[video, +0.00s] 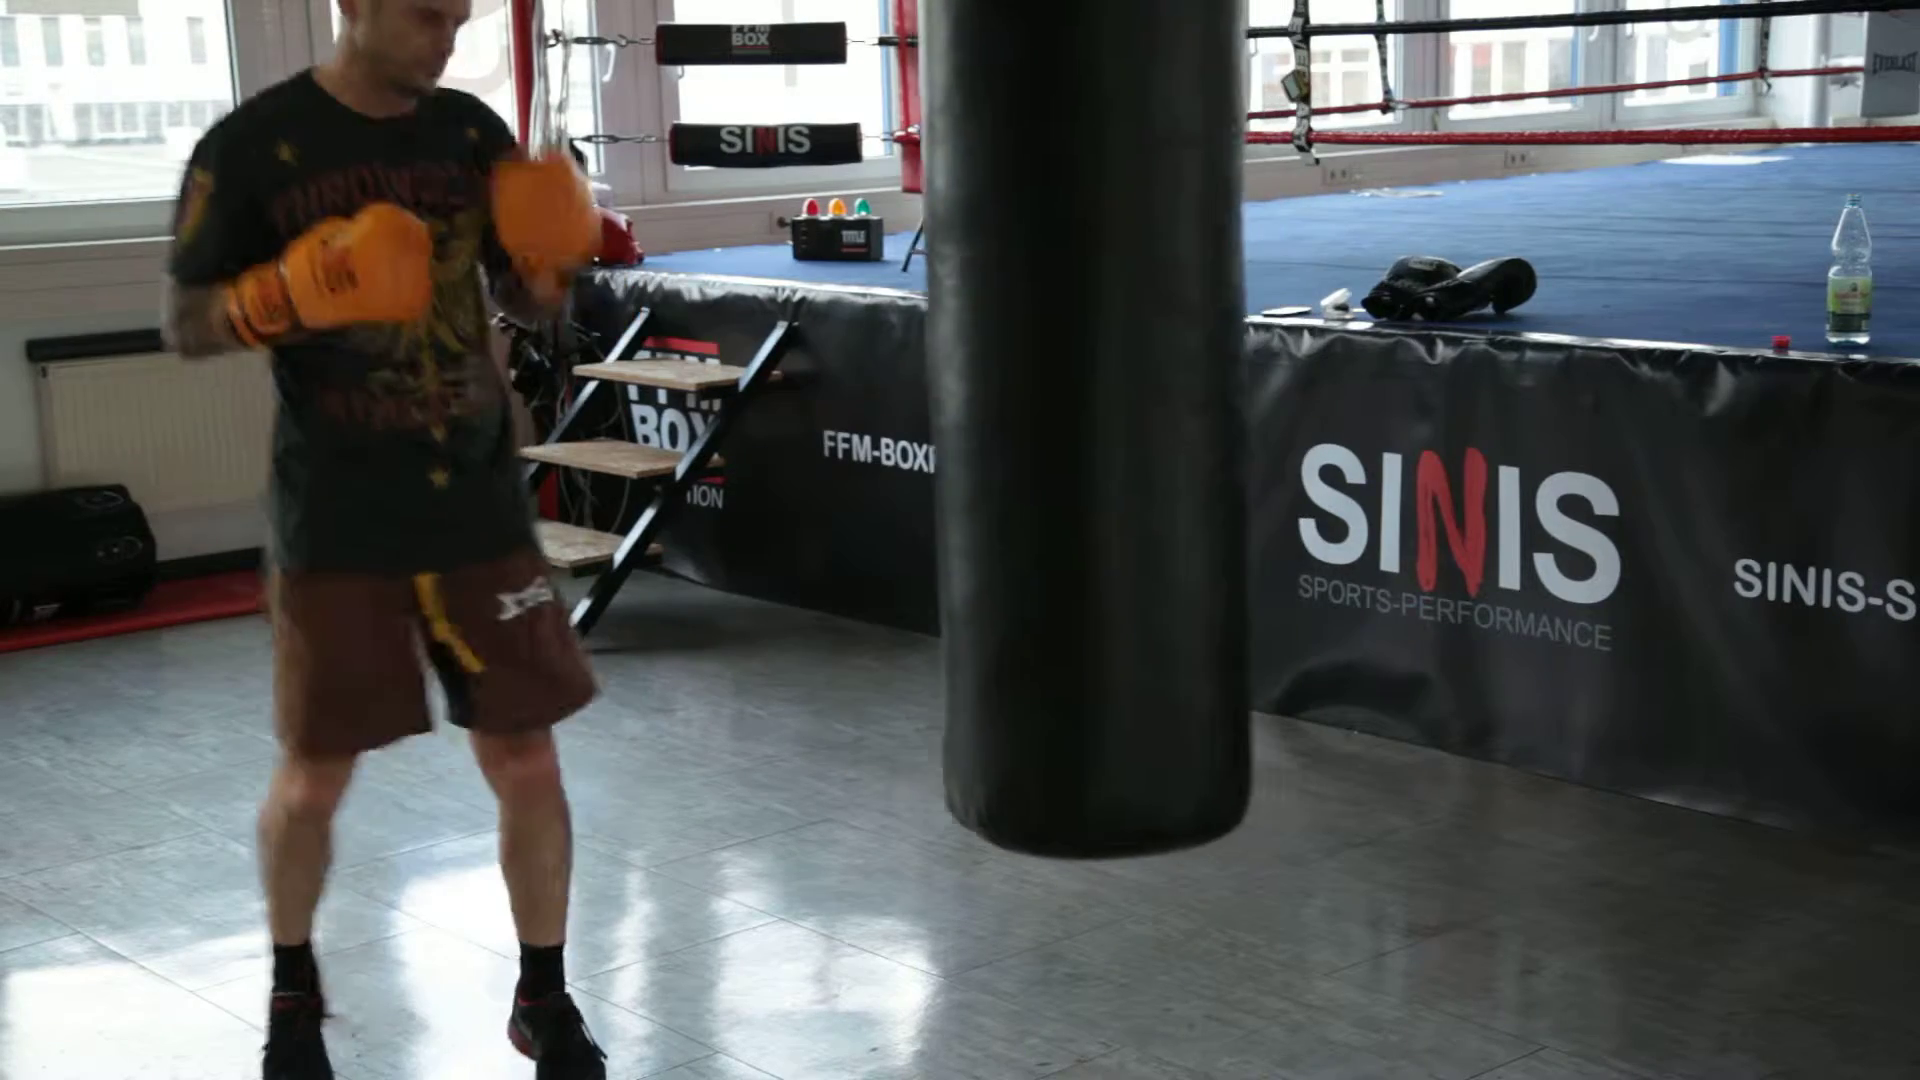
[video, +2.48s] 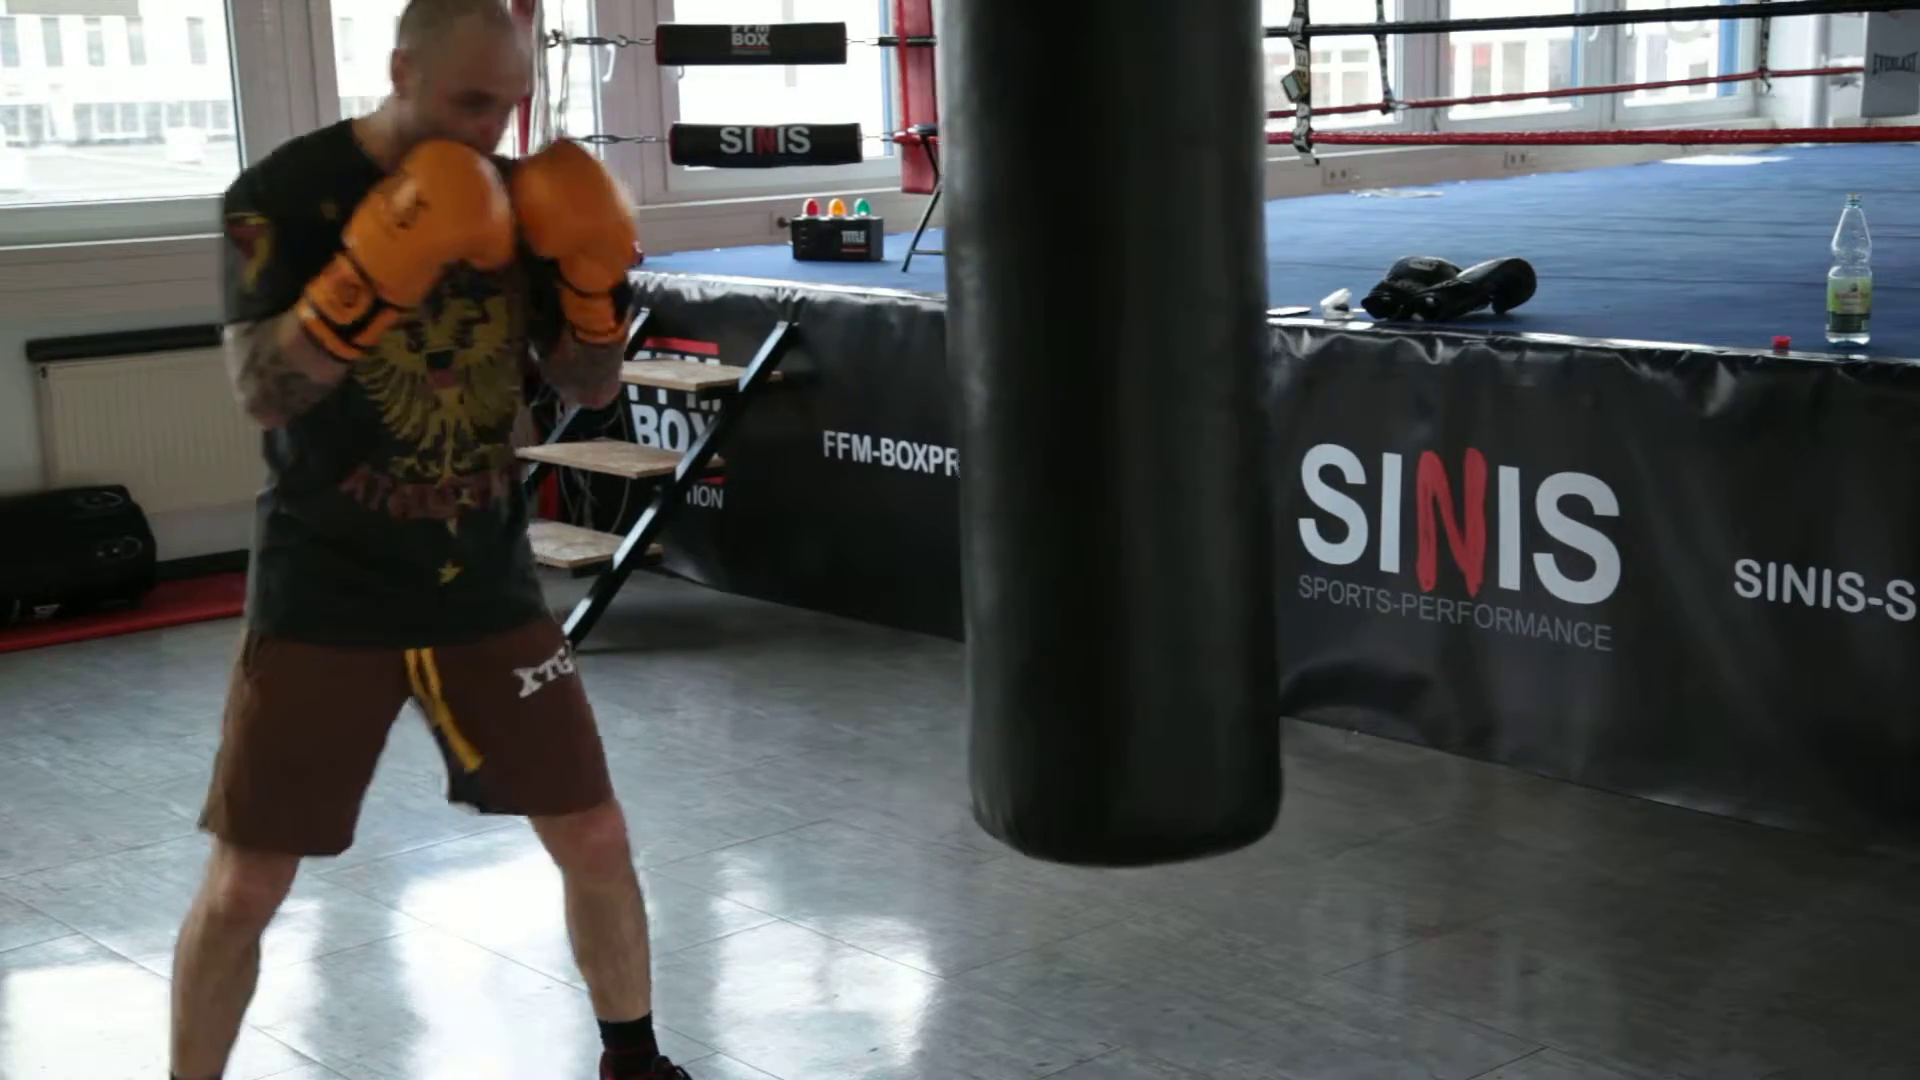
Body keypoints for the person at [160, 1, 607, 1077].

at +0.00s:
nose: (449, 30)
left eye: (459, 13)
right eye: (429, 10)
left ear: (462, 19)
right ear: (355, 6)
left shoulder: (476, 134)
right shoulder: (249, 145)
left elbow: (535, 308)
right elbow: (188, 323)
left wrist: (550, 259)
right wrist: (292, 290)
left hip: (478, 497)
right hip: (336, 509)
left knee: (526, 760)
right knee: (312, 780)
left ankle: (545, 998)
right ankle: (295, 1003)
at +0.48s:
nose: (392, 107)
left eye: (407, 83)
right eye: (374, 83)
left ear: (419, 63)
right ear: (299, 53)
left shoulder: (430, 172)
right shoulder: (191, 182)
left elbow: (497, 341)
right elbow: (139, 367)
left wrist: (508, 297)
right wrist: (235, 313)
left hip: (432, 533)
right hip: (284, 548)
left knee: (488, 797)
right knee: (280, 809)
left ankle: (506, 1044)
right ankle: (288, 1017)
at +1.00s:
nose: (361, 156)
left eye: (382, 130)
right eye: (339, 128)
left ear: (400, 118)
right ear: (276, 95)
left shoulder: (413, 211)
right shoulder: (179, 215)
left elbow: (507, 366)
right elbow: (179, 383)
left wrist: (528, 278)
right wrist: (278, 253)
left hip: (409, 565)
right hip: (256, 582)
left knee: (543, 802)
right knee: (203, 872)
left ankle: (529, 1033)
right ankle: (162, 1069)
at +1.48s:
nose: (574, 178)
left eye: (588, 157)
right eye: (558, 151)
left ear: (588, 149)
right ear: (491, 123)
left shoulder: (543, 233)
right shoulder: (352, 197)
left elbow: (535, 429)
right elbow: (336, 371)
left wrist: (606, 335)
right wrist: (473, 261)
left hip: (488, 574)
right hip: (348, 588)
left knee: (604, 809)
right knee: (300, 882)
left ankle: (640, 1059)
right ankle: (179, 1052)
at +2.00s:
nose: (375, 198)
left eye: (389, 169)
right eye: (346, 176)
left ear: (403, 152)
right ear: (273, 158)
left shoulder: (440, 218)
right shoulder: (210, 265)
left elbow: (557, 390)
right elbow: (236, 471)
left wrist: (535, 319)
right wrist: (282, 388)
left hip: (479, 580)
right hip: (319, 599)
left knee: (603, 824)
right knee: (234, 878)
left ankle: (644, 1061)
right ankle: (161, 1062)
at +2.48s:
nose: (492, 130)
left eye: (512, 106)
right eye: (471, 104)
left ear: (531, 88)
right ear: (402, 74)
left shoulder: (519, 198)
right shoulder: (285, 195)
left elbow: (582, 391)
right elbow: (263, 395)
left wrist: (593, 282)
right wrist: (369, 278)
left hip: (485, 575)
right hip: (327, 583)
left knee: (596, 840)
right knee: (245, 888)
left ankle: (636, 1062)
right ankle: (190, 1075)